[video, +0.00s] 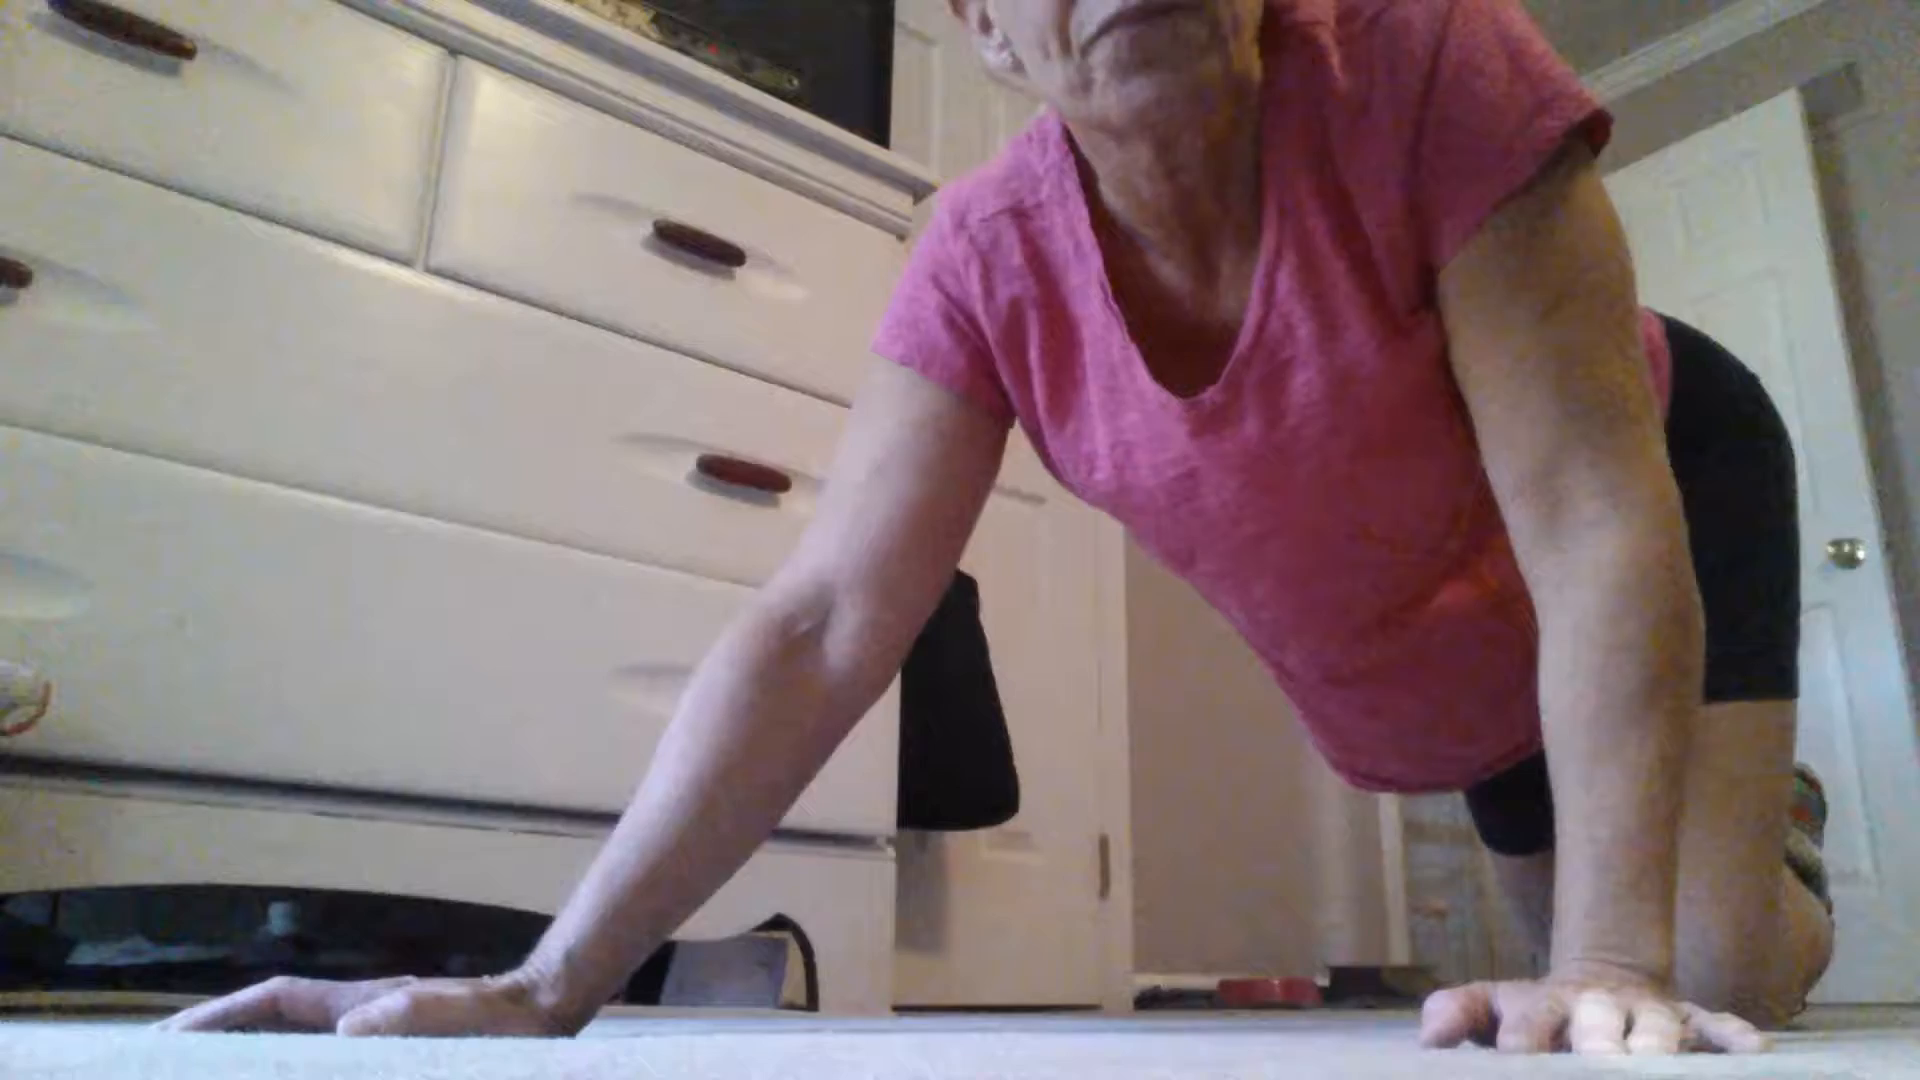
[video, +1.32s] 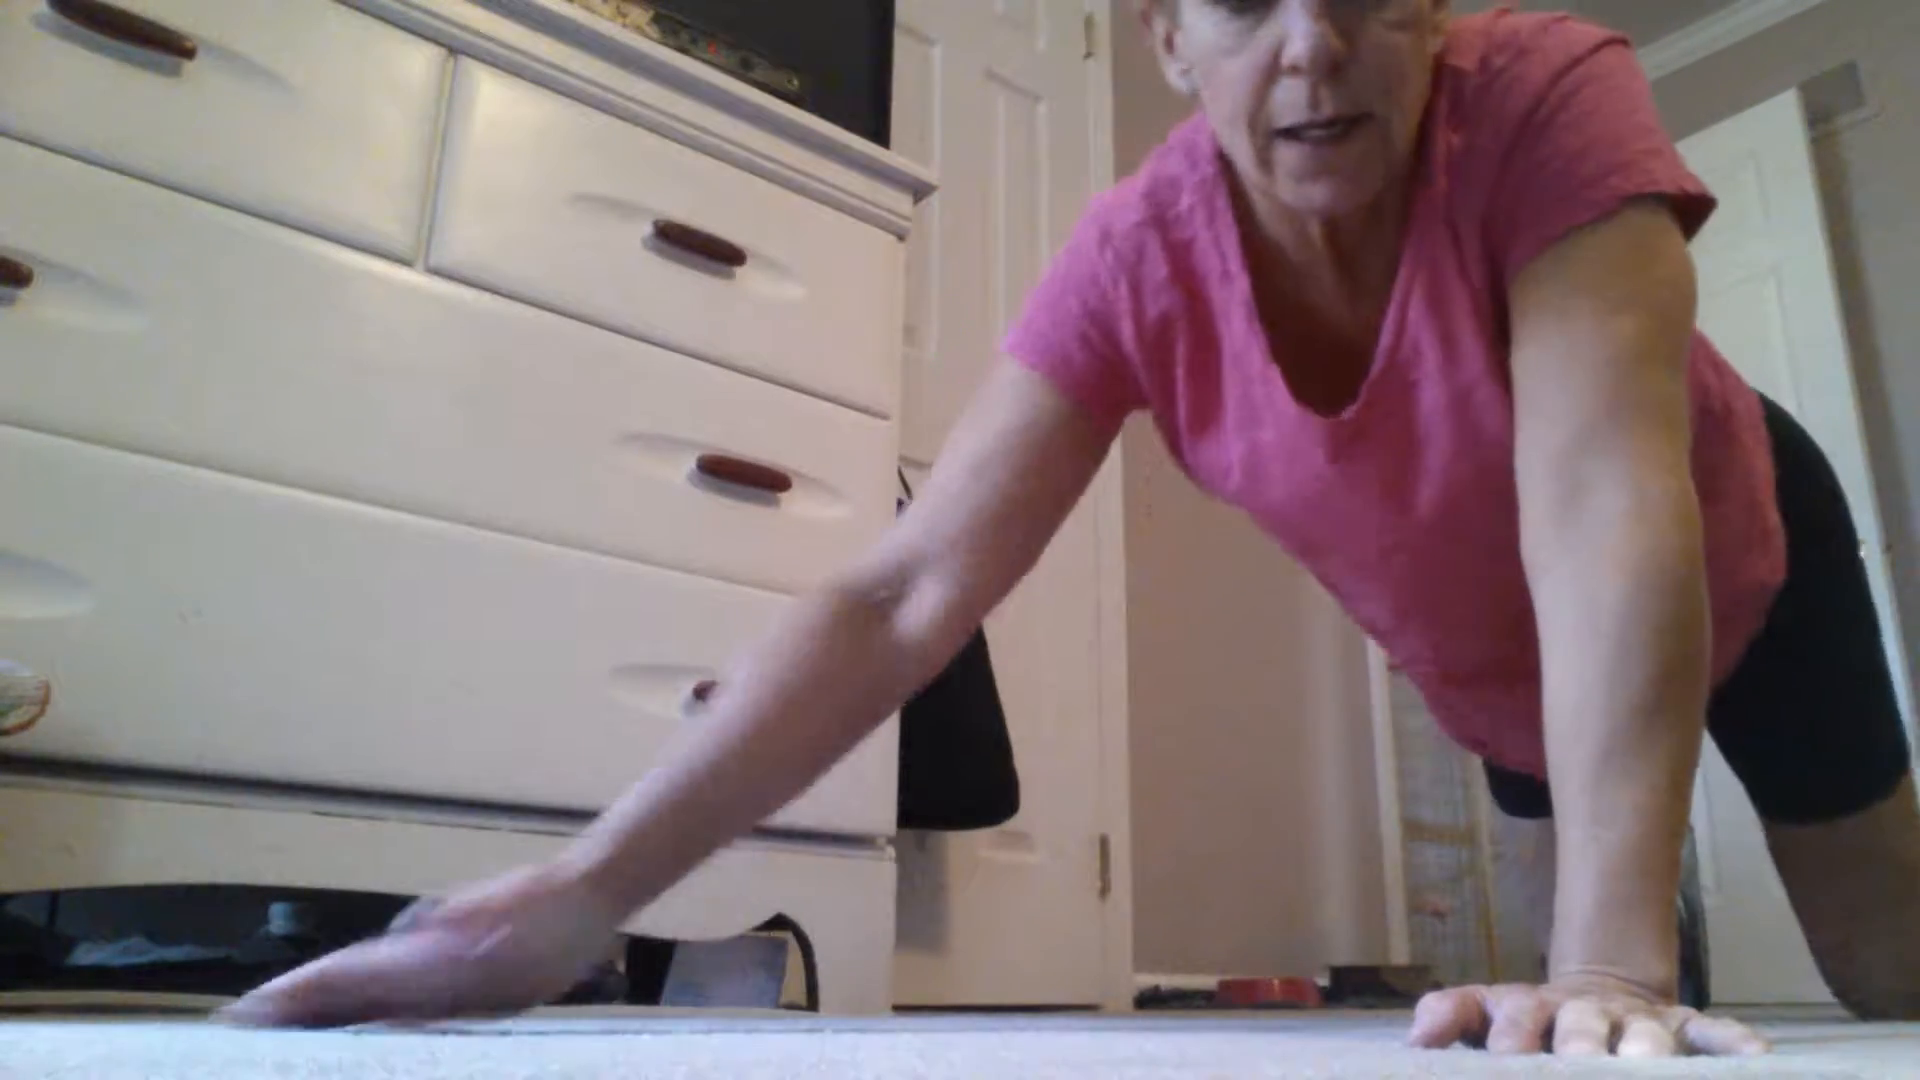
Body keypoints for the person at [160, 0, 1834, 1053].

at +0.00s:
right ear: (994, 37)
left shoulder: (1435, 69)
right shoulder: (989, 255)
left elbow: (1592, 512)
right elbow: (819, 629)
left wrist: (1605, 967)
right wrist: (553, 982)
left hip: (1648, 487)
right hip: (1452, 687)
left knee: (1701, 976)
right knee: (1618, 960)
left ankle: (1758, 886)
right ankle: (1743, 867)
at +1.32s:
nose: (1313, 54)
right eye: (1255, 7)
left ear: (1435, 6)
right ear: (1181, 38)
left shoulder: (1552, 95)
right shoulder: (1140, 257)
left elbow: (1611, 510)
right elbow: (901, 602)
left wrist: (1614, 972)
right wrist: (567, 903)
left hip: (1740, 577)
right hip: (1517, 701)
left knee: (1888, 966)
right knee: (1623, 1001)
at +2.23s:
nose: (1221, 125)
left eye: (1275, 52)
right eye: (1170, 75)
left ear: (1383, 60)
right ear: (1135, 112)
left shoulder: (1536, 152)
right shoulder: (1181, 325)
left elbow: (1607, 541)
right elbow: (1135, 659)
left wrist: (1607, 976)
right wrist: (1036, 981)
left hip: (1813, 540)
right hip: (1575, 648)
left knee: (1894, 963)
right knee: (1617, 988)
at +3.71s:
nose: (1289, 260)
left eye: (1331, 193)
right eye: (1229, 211)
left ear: (1399, 198)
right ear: (1170, 239)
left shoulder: (1533, 322)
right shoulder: (1176, 360)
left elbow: (1443, 748)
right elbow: (1124, 681)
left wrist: (1219, 527)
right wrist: (1034, 987)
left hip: (1733, 545)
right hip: (1523, 642)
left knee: (1882, 976)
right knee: (1654, 997)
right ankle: (1768, 899)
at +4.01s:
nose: (1281, 249)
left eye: (1323, 184)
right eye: (1222, 203)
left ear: (1392, 188)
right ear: (1164, 230)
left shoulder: (1533, 298)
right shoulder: (1179, 346)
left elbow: (1456, 735)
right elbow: (1126, 676)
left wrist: (1240, 460)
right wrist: (1033, 988)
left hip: (1735, 548)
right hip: (1519, 651)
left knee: (1884, 978)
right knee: (1655, 996)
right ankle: (1780, 899)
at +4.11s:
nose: (1281, 250)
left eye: (1320, 186)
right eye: (1222, 206)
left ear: (1391, 184)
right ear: (1165, 226)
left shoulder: (1534, 291)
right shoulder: (1181, 346)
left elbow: (1499, 727)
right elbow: (1126, 676)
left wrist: (1250, 480)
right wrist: (1033, 988)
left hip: (1737, 547)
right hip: (1524, 643)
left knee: (1887, 981)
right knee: (1654, 997)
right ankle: (1775, 900)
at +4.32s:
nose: (1263, 230)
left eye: (1304, 163)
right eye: (1204, 187)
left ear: (1378, 165)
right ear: (1150, 216)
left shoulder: (1517, 263)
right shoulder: (1174, 353)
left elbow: (1758, 640)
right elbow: (1128, 670)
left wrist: (1421, 733)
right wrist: (1035, 984)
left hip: (1722, 572)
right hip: (1519, 674)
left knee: (1889, 982)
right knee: (1656, 995)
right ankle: (1774, 897)